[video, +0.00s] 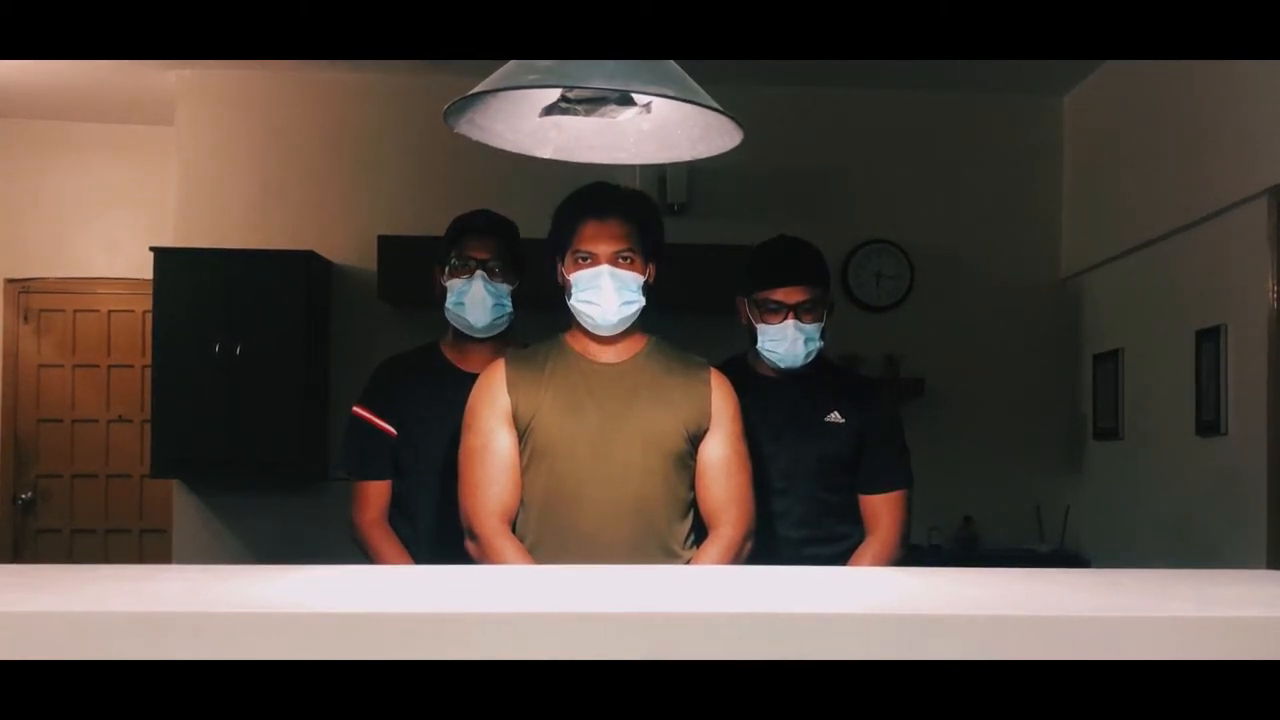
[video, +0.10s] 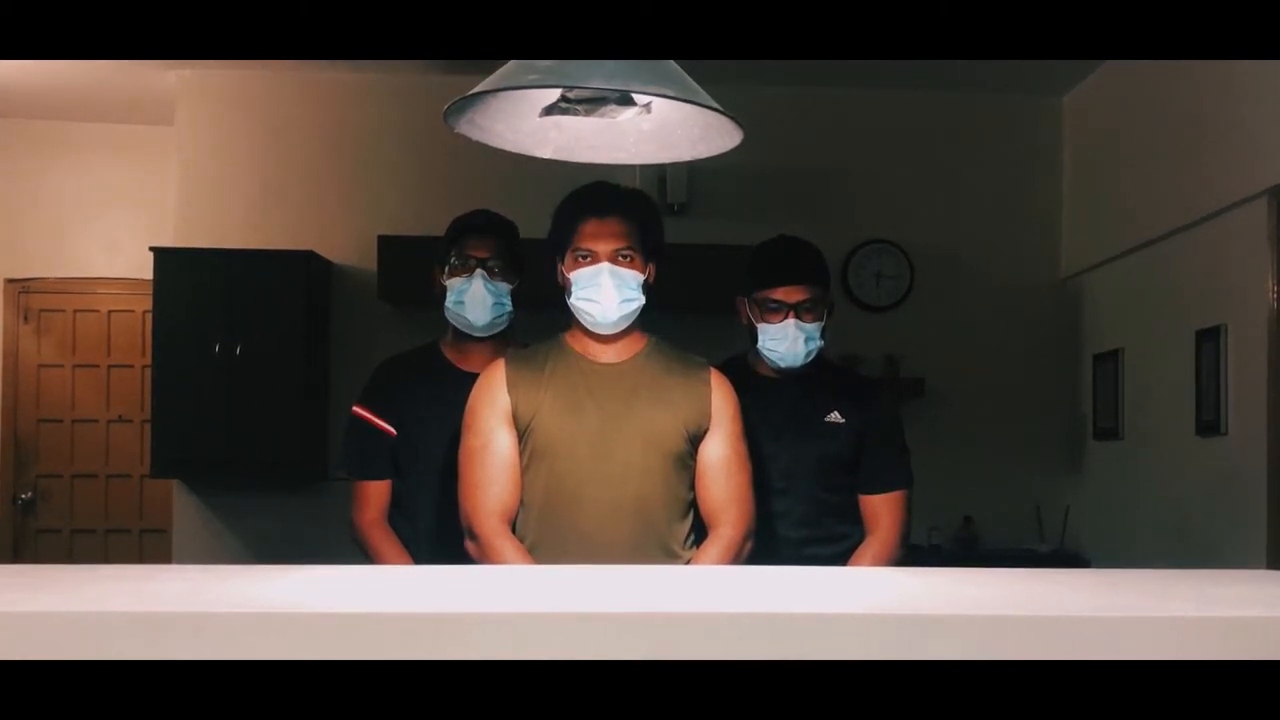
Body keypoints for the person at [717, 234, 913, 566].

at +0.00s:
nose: (791, 326)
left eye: (807, 310)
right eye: (773, 309)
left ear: (826, 310)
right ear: (746, 310)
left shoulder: (863, 400)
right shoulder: (712, 394)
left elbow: (885, 537)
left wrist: (830, 611)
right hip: (737, 595)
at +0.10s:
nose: (791, 325)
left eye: (808, 309)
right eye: (773, 308)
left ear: (826, 311)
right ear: (746, 310)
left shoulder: (863, 400)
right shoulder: (713, 393)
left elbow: (885, 537)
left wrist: (830, 611)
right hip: (736, 595)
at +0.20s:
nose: (792, 324)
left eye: (808, 308)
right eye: (774, 307)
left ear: (826, 311)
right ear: (746, 310)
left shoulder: (863, 400)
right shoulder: (712, 393)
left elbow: (885, 537)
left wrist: (830, 611)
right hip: (736, 595)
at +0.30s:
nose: (792, 322)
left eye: (808, 307)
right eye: (774, 306)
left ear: (826, 311)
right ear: (747, 309)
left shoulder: (863, 400)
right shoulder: (712, 393)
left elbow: (885, 537)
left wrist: (830, 611)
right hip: (736, 595)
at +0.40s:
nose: (792, 321)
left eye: (808, 306)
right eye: (774, 305)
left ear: (826, 309)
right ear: (747, 309)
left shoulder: (863, 401)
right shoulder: (711, 393)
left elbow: (885, 537)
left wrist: (831, 611)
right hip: (737, 596)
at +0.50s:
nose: (792, 319)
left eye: (808, 305)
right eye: (774, 304)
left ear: (826, 309)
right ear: (747, 309)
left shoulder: (862, 401)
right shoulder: (710, 393)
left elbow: (885, 536)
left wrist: (831, 611)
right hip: (736, 596)